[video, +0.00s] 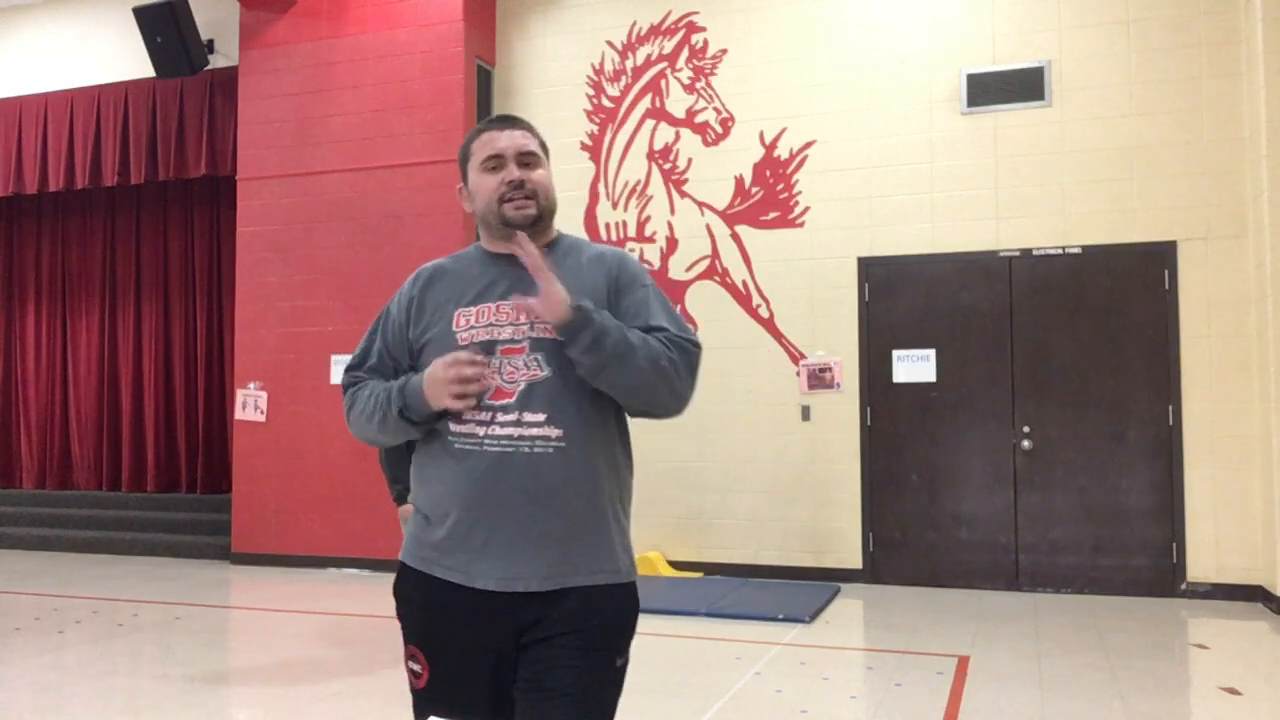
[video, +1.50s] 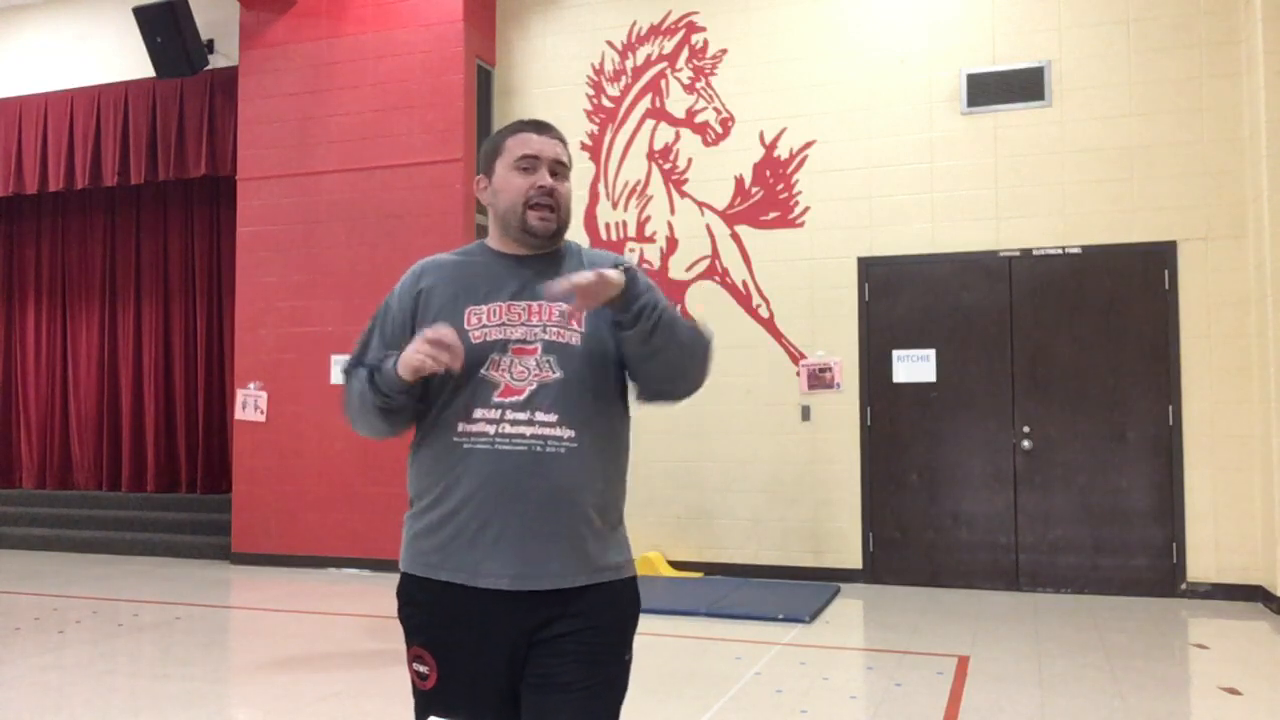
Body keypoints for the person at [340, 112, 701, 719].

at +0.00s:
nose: (516, 175)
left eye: (529, 161)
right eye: (494, 165)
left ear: (553, 181)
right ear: (465, 195)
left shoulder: (613, 273)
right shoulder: (427, 287)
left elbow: (671, 383)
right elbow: (360, 404)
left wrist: (576, 324)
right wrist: (419, 393)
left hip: (583, 581)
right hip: (449, 582)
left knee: (568, 711)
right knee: (456, 713)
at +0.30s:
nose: (503, 184)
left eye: (520, 171)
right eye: (485, 173)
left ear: (549, 190)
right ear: (463, 200)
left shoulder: (598, 271)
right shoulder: (424, 289)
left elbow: (609, 375)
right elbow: (362, 402)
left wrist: (470, 359)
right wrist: (432, 390)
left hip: (572, 573)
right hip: (441, 576)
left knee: (561, 710)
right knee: (447, 714)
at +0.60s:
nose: (507, 182)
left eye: (523, 171)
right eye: (489, 172)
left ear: (548, 193)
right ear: (462, 198)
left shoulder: (596, 274)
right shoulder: (419, 294)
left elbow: (618, 377)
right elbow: (361, 407)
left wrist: (484, 371)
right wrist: (420, 404)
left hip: (573, 576)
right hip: (441, 578)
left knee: (562, 711)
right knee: (448, 714)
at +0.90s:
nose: (520, 182)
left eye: (533, 172)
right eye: (500, 170)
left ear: (549, 193)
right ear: (464, 194)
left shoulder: (598, 280)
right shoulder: (415, 292)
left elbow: (666, 374)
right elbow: (342, 399)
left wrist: (573, 373)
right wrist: (419, 395)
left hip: (577, 580)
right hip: (446, 582)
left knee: (568, 711)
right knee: (452, 714)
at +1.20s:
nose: (545, 184)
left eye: (551, 173)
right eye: (523, 170)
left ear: (562, 190)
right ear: (475, 192)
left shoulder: (610, 275)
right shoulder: (420, 287)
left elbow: (724, 294)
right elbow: (312, 359)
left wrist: (651, 315)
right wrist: (381, 374)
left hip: (579, 583)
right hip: (447, 583)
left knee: (570, 712)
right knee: (454, 713)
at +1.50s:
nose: (546, 181)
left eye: (559, 171)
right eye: (526, 166)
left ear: (573, 192)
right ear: (484, 188)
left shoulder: (616, 280)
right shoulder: (430, 283)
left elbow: (683, 376)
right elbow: (367, 415)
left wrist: (625, 300)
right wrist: (400, 372)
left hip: (586, 582)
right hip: (454, 582)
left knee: (577, 710)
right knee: (459, 713)